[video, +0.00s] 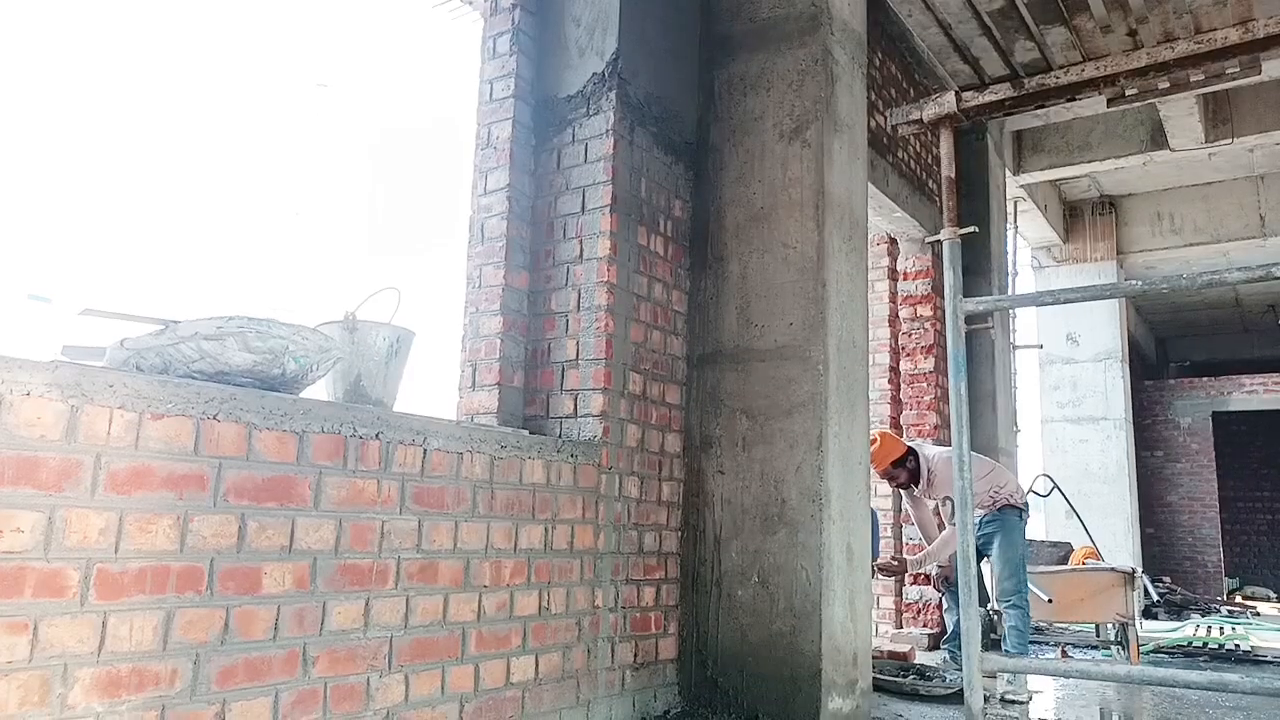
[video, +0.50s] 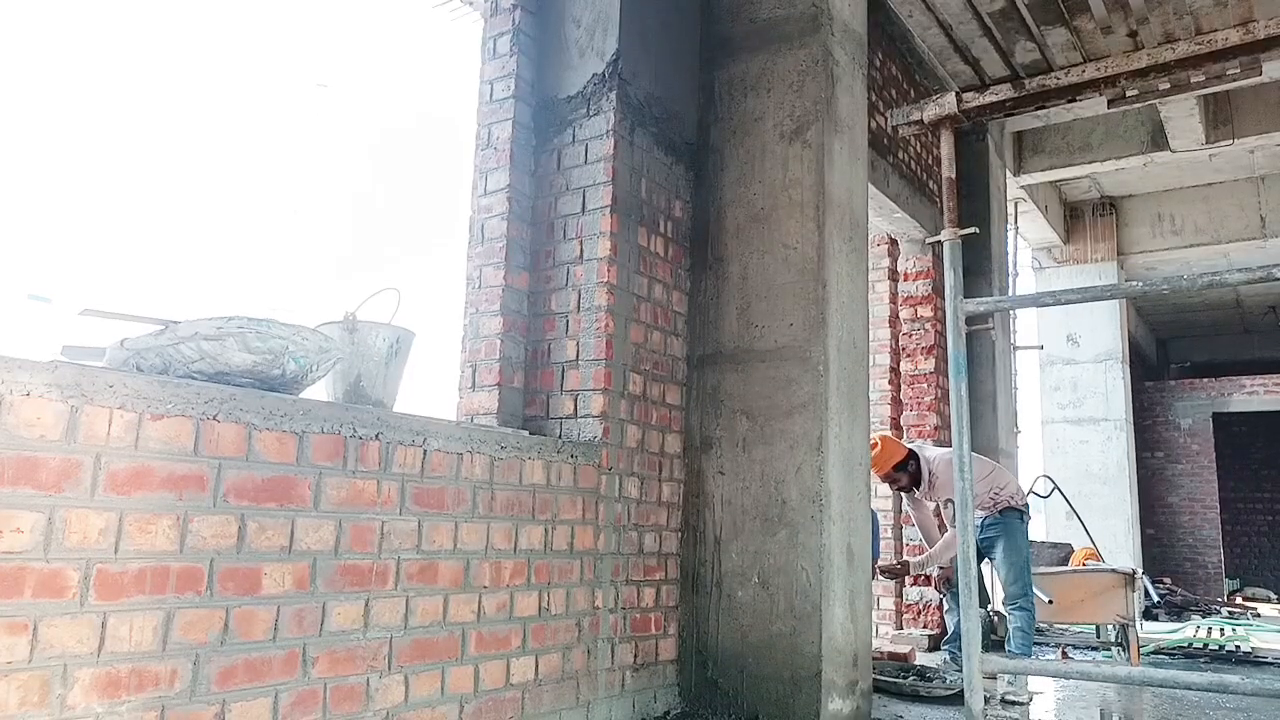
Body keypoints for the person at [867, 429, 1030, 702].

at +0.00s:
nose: (892, 484)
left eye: (893, 476)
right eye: (886, 479)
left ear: (909, 461)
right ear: (884, 474)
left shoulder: (942, 464)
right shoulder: (906, 479)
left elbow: (957, 529)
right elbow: (925, 520)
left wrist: (913, 564)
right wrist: (943, 561)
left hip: (1004, 508)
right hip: (969, 518)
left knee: (1008, 592)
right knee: (950, 580)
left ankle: (1015, 671)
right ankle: (958, 660)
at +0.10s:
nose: (897, 485)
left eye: (897, 478)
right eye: (890, 481)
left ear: (912, 463)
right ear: (888, 475)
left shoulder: (945, 467)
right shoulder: (909, 480)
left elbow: (961, 530)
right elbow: (927, 522)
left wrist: (916, 565)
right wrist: (943, 563)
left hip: (1008, 510)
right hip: (973, 518)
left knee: (1009, 596)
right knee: (952, 582)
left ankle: (1015, 677)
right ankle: (958, 663)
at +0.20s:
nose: (895, 485)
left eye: (896, 478)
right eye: (889, 481)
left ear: (910, 463)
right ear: (888, 475)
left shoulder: (945, 466)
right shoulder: (909, 480)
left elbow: (961, 530)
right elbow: (927, 522)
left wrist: (915, 565)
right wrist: (943, 563)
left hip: (1007, 509)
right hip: (973, 517)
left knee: (1008, 595)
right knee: (951, 581)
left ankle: (1015, 676)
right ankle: (958, 662)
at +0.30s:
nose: (894, 485)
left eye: (895, 478)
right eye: (888, 481)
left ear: (910, 463)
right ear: (887, 475)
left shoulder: (945, 466)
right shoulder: (908, 480)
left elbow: (961, 529)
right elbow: (926, 521)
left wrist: (915, 565)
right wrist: (944, 562)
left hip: (1006, 509)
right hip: (972, 517)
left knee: (1008, 595)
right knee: (951, 581)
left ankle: (1015, 676)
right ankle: (958, 662)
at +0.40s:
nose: (893, 487)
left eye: (894, 479)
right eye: (887, 482)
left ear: (910, 464)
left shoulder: (944, 467)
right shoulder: (908, 481)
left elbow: (961, 530)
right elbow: (926, 522)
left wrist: (914, 566)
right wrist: (943, 563)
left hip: (1005, 510)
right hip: (970, 518)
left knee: (1007, 595)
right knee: (951, 583)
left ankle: (1015, 676)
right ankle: (957, 663)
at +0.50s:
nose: (893, 487)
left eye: (894, 480)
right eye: (887, 483)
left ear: (909, 464)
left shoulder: (944, 466)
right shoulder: (907, 481)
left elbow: (960, 531)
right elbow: (926, 522)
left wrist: (915, 566)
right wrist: (944, 563)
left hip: (1004, 512)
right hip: (967, 520)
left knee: (1016, 596)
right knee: (952, 586)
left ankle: (1017, 672)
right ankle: (958, 662)